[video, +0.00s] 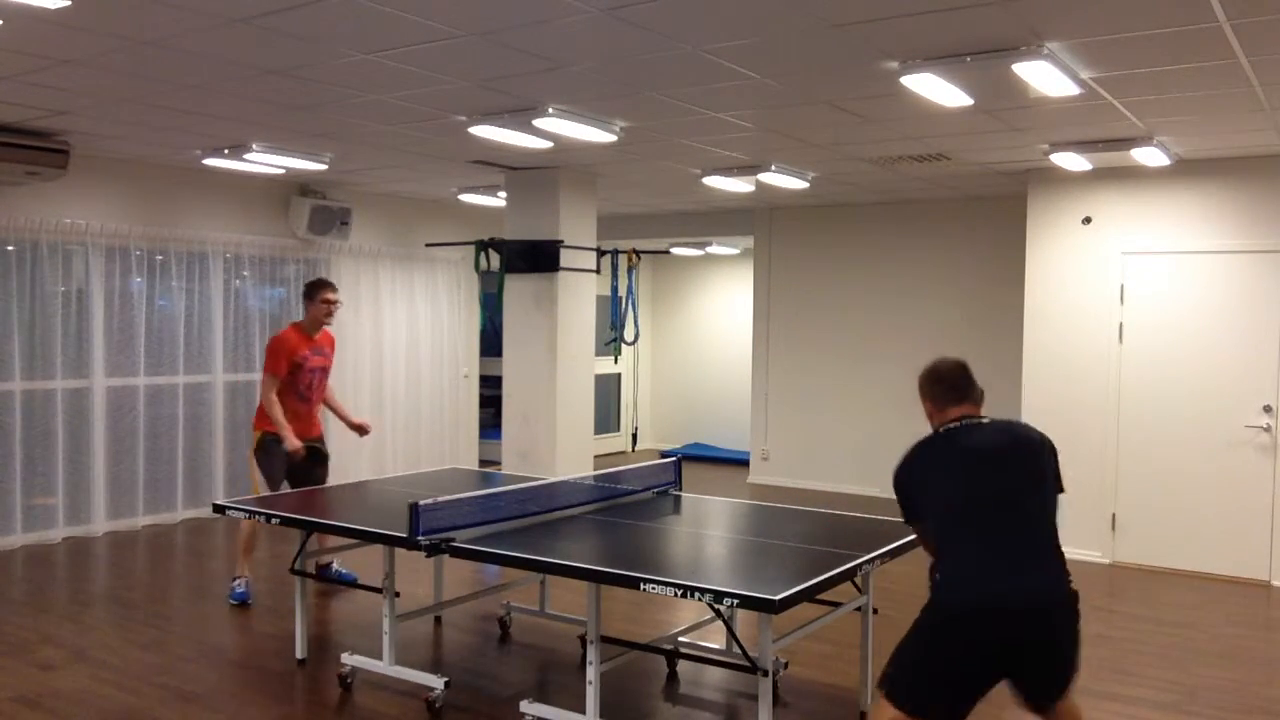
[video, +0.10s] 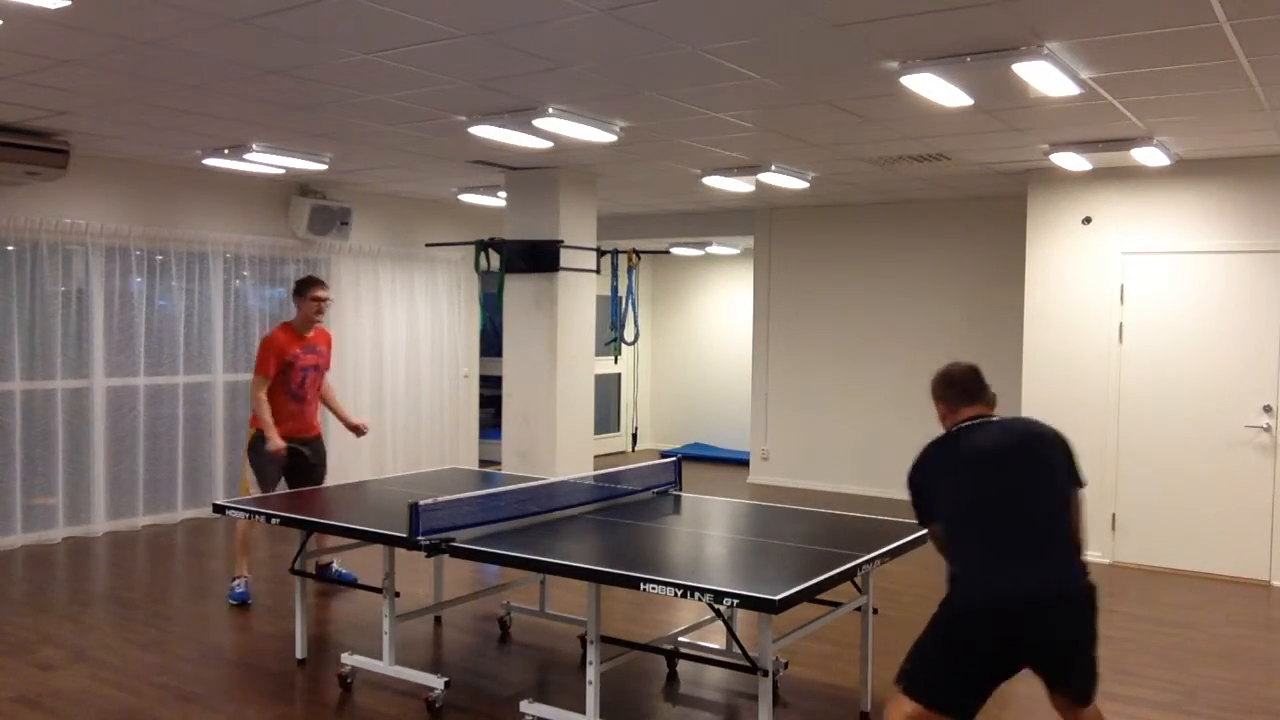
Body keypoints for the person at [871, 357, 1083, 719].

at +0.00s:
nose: (928, 412)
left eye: (927, 406)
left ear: (929, 408)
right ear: (979, 398)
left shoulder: (914, 465)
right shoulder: (1035, 442)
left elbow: (934, 546)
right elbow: (1042, 521)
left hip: (962, 613)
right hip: (1047, 607)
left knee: (895, 706)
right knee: (1054, 698)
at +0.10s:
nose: (940, 416)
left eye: (939, 410)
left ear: (942, 410)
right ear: (991, 400)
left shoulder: (930, 463)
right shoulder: (1047, 438)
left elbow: (945, 544)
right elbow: (1073, 531)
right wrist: (1067, 573)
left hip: (980, 606)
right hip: (1063, 602)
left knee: (910, 708)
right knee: (1078, 705)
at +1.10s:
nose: (1013, 339)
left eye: (1015, 329)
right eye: (1014, 330)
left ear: (1026, 329)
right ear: (1068, 333)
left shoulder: (1017, 389)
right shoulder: (1100, 388)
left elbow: (1005, 498)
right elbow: (1093, 487)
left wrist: (977, 553)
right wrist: (1022, 523)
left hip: (1077, 556)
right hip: (1130, 552)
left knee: (1028, 694)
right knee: (1065, 660)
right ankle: (1066, 716)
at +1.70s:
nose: (995, 358)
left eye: (996, 351)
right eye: (997, 352)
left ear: (1002, 348)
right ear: (1044, 355)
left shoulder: (986, 392)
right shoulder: (1075, 403)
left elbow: (951, 487)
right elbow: (1124, 494)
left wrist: (928, 482)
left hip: (1036, 549)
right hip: (1092, 551)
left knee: (985, 683)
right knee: (1037, 637)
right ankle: (1056, 715)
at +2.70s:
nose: (907, 359)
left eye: (908, 348)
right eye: (907, 349)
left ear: (925, 348)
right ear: (964, 346)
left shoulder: (919, 406)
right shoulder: (1013, 392)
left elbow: (924, 519)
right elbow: (1012, 485)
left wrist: (899, 501)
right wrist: (935, 504)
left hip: (1004, 566)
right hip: (1068, 556)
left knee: (924, 699)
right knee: (1030, 664)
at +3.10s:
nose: (876, 362)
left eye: (875, 351)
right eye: (877, 353)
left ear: (885, 349)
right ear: (931, 348)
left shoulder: (879, 415)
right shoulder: (977, 402)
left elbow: (885, 538)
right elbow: (989, 496)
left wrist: (875, 539)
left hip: (963, 588)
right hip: (1031, 575)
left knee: (868, 708)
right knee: (1036, 690)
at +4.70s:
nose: (897, 390)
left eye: (903, 380)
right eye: (899, 380)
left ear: (926, 382)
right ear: (931, 383)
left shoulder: (968, 422)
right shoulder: (952, 434)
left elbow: (1013, 488)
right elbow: (918, 473)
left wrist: (945, 558)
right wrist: (845, 454)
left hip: (1054, 577)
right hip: (1037, 571)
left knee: (967, 700)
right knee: (968, 633)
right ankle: (1005, 708)